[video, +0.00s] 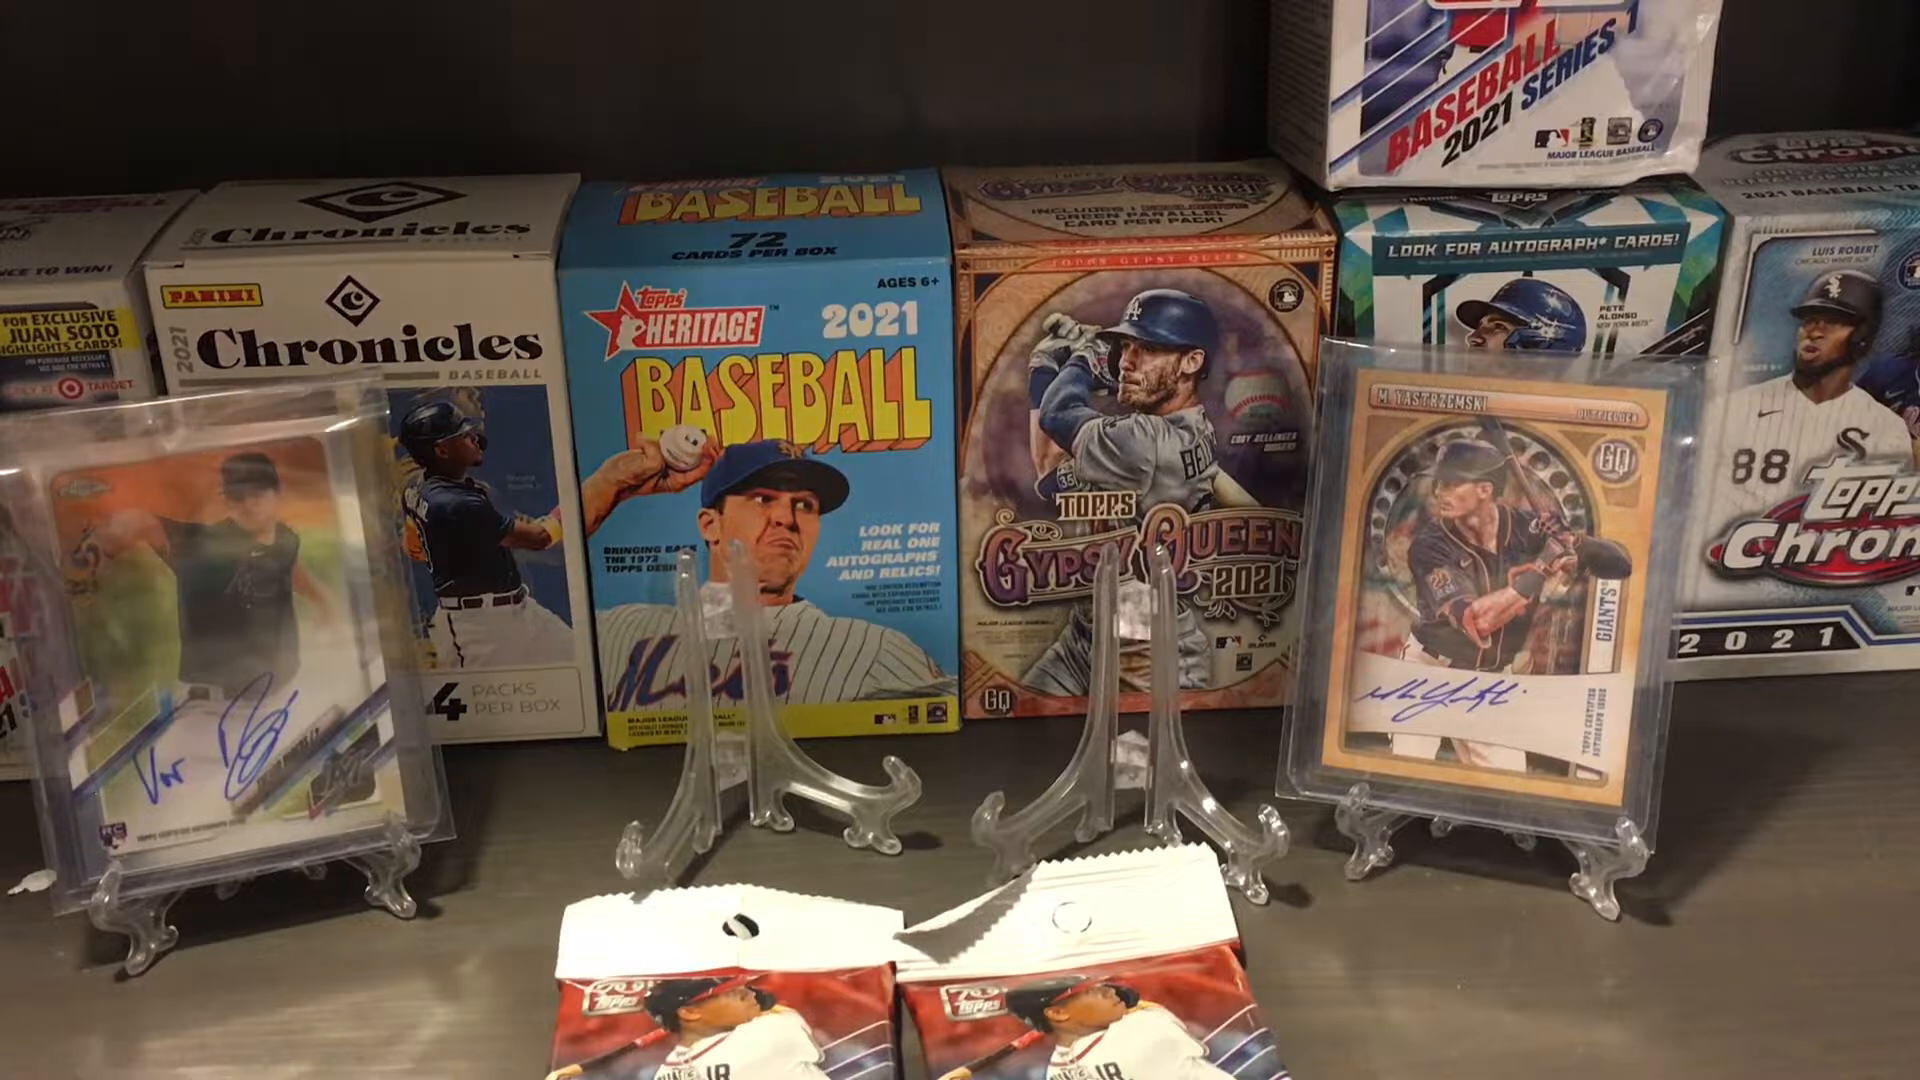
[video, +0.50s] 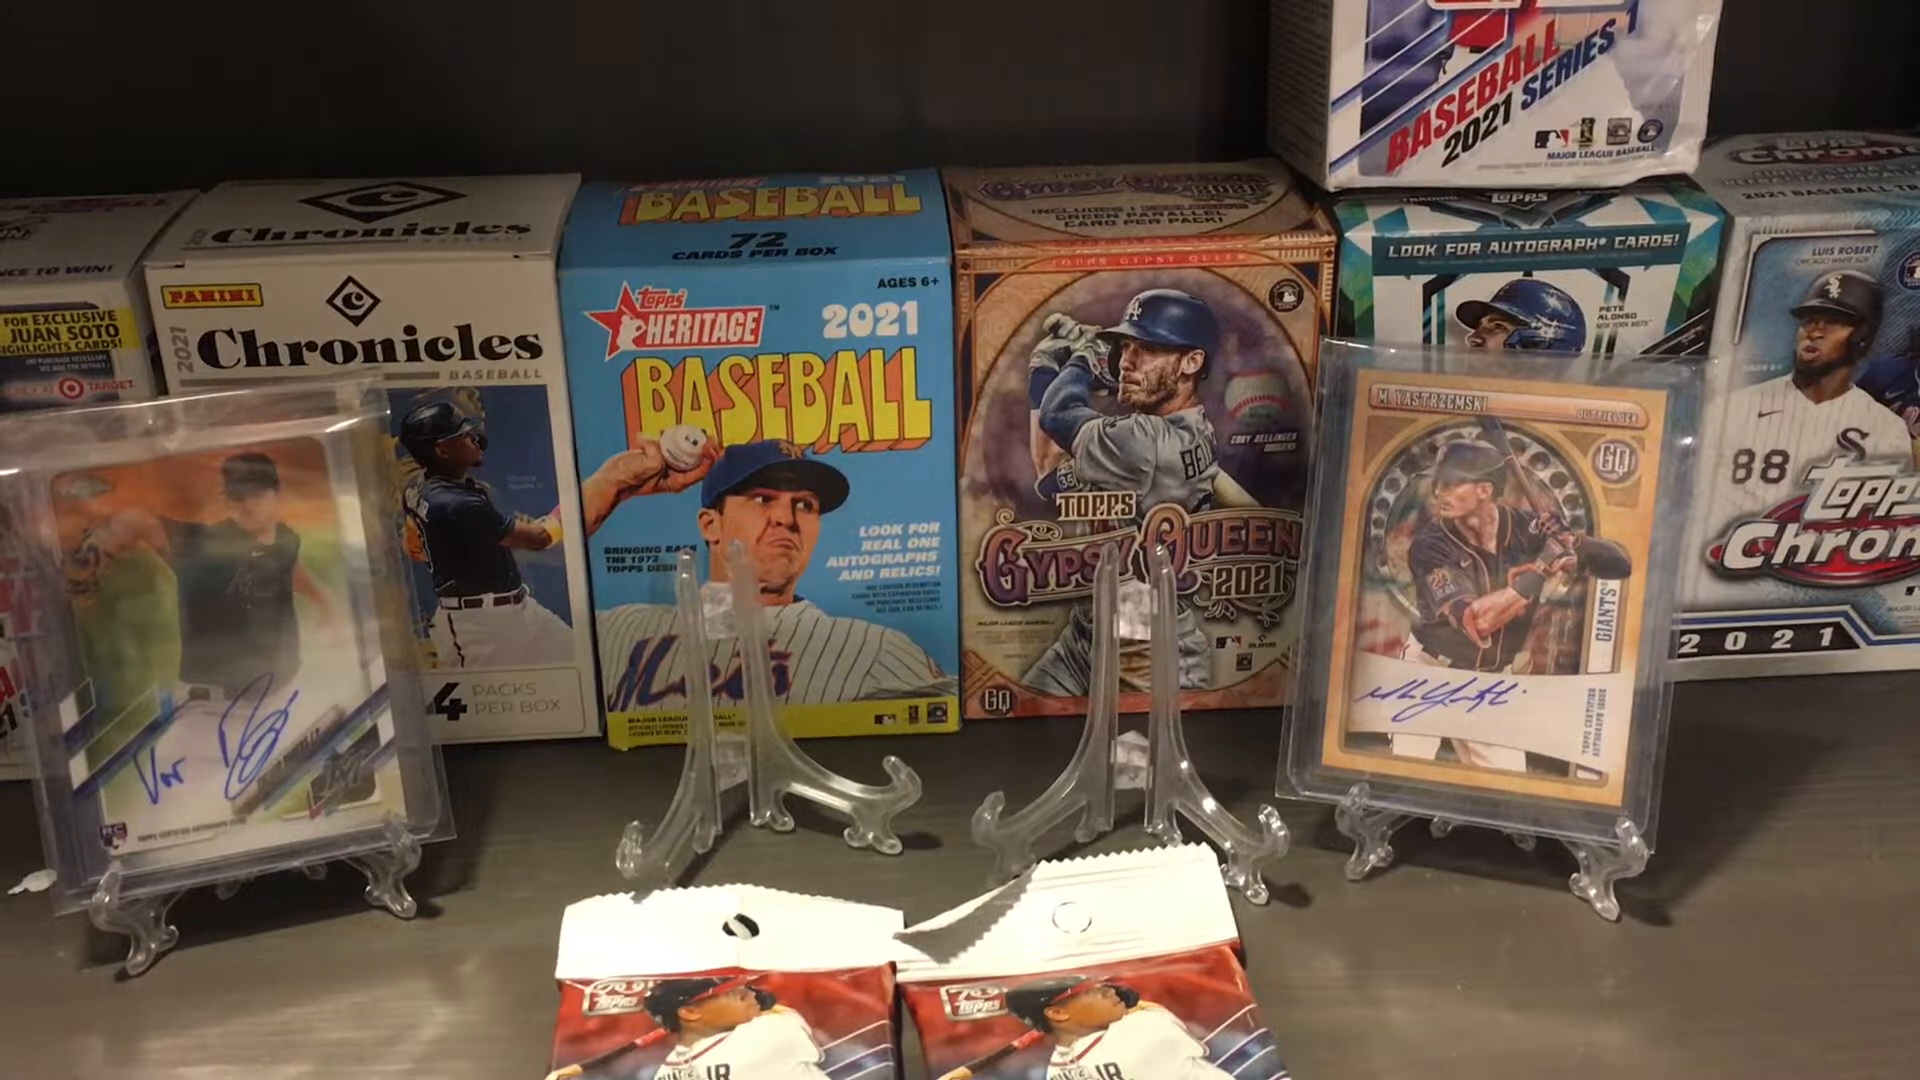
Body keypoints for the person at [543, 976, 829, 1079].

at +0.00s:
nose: (746, 993)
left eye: (737, 987)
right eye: (728, 993)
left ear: (689, 1015)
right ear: (691, 1015)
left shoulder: (665, 1072)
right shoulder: (780, 1033)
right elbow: (777, 1007)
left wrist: (578, 1072)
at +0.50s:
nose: (746, 994)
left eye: (739, 987)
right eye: (730, 994)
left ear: (689, 1015)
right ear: (692, 1015)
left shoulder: (665, 1071)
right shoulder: (778, 1034)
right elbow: (779, 1008)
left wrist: (578, 1072)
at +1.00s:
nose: (746, 993)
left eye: (737, 986)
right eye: (728, 993)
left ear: (690, 1015)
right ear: (692, 1015)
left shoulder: (666, 1071)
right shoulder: (779, 1033)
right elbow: (779, 1008)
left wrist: (579, 1071)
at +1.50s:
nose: (745, 993)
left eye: (737, 987)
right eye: (728, 993)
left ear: (690, 1015)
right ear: (692, 1014)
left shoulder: (666, 1071)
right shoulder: (779, 1033)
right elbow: (778, 1007)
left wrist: (579, 1071)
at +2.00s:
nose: (744, 992)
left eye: (735, 985)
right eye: (727, 992)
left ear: (690, 1014)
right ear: (692, 1014)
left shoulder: (665, 1071)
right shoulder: (777, 1033)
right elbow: (780, 1007)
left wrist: (579, 1071)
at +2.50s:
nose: (743, 992)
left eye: (733, 986)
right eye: (725, 993)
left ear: (690, 1014)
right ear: (691, 1014)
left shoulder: (665, 1071)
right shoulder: (778, 1032)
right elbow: (779, 1007)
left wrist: (578, 1071)